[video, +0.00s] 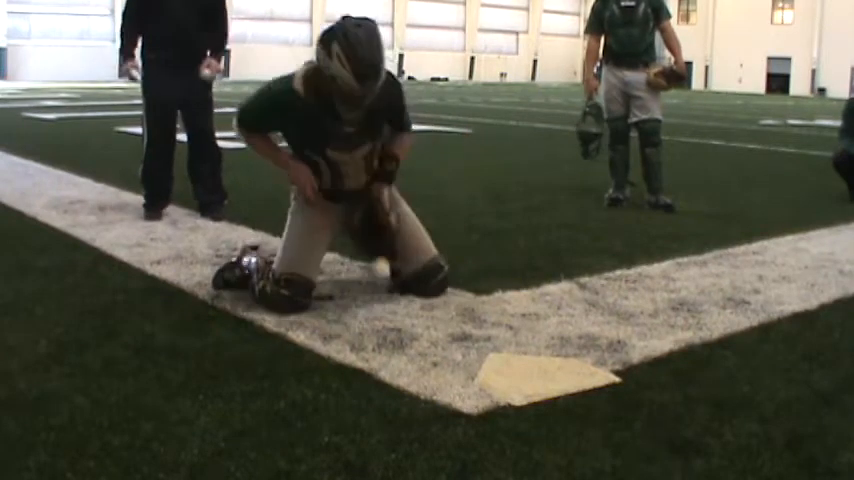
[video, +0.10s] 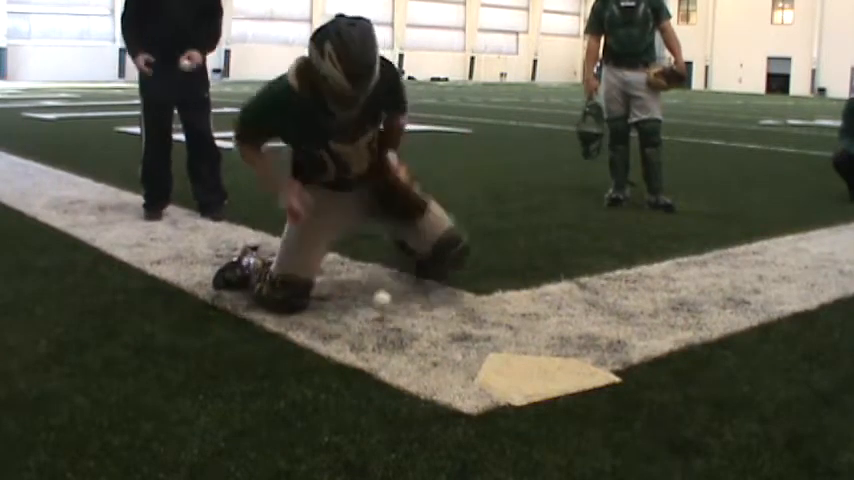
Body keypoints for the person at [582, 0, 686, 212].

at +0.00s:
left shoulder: (653, 4)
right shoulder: (603, 5)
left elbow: (666, 29)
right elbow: (594, 39)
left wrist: (679, 60)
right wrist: (588, 75)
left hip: (645, 73)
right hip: (613, 73)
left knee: (651, 134)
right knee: (617, 134)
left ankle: (655, 193)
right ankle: (618, 188)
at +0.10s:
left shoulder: (653, 4)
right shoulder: (603, 5)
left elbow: (666, 29)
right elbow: (594, 39)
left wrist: (679, 60)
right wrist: (589, 75)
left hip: (645, 73)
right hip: (613, 73)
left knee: (651, 134)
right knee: (617, 134)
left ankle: (655, 193)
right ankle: (618, 188)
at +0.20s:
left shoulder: (653, 4)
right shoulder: (603, 5)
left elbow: (666, 29)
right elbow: (594, 40)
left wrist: (679, 60)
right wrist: (588, 75)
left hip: (645, 73)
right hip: (613, 73)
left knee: (651, 133)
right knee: (617, 133)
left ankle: (656, 193)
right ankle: (618, 188)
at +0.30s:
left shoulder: (653, 4)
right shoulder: (603, 5)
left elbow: (666, 29)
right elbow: (594, 40)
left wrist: (679, 60)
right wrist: (588, 75)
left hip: (645, 74)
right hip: (613, 73)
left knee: (651, 133)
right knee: (617, 133)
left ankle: (656, 193)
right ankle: (618, 187)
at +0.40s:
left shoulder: (653, 4)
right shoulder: (603, 5)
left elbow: (666, 29)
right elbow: (594, 40)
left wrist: (679, 60)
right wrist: (588, 75)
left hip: (645, 74)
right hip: (613, 74)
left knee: (651, 133)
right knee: (617, 134)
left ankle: (656, 193)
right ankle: (618, 188)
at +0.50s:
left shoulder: (652, 4)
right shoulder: (603, 5)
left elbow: (666, 29)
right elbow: (594, 40)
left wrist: (679, 60)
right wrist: (588, 75)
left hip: (645, 74)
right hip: (613, 74)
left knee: (651, 133)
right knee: (617, 133)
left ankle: (656, 193)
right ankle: (618, 188)